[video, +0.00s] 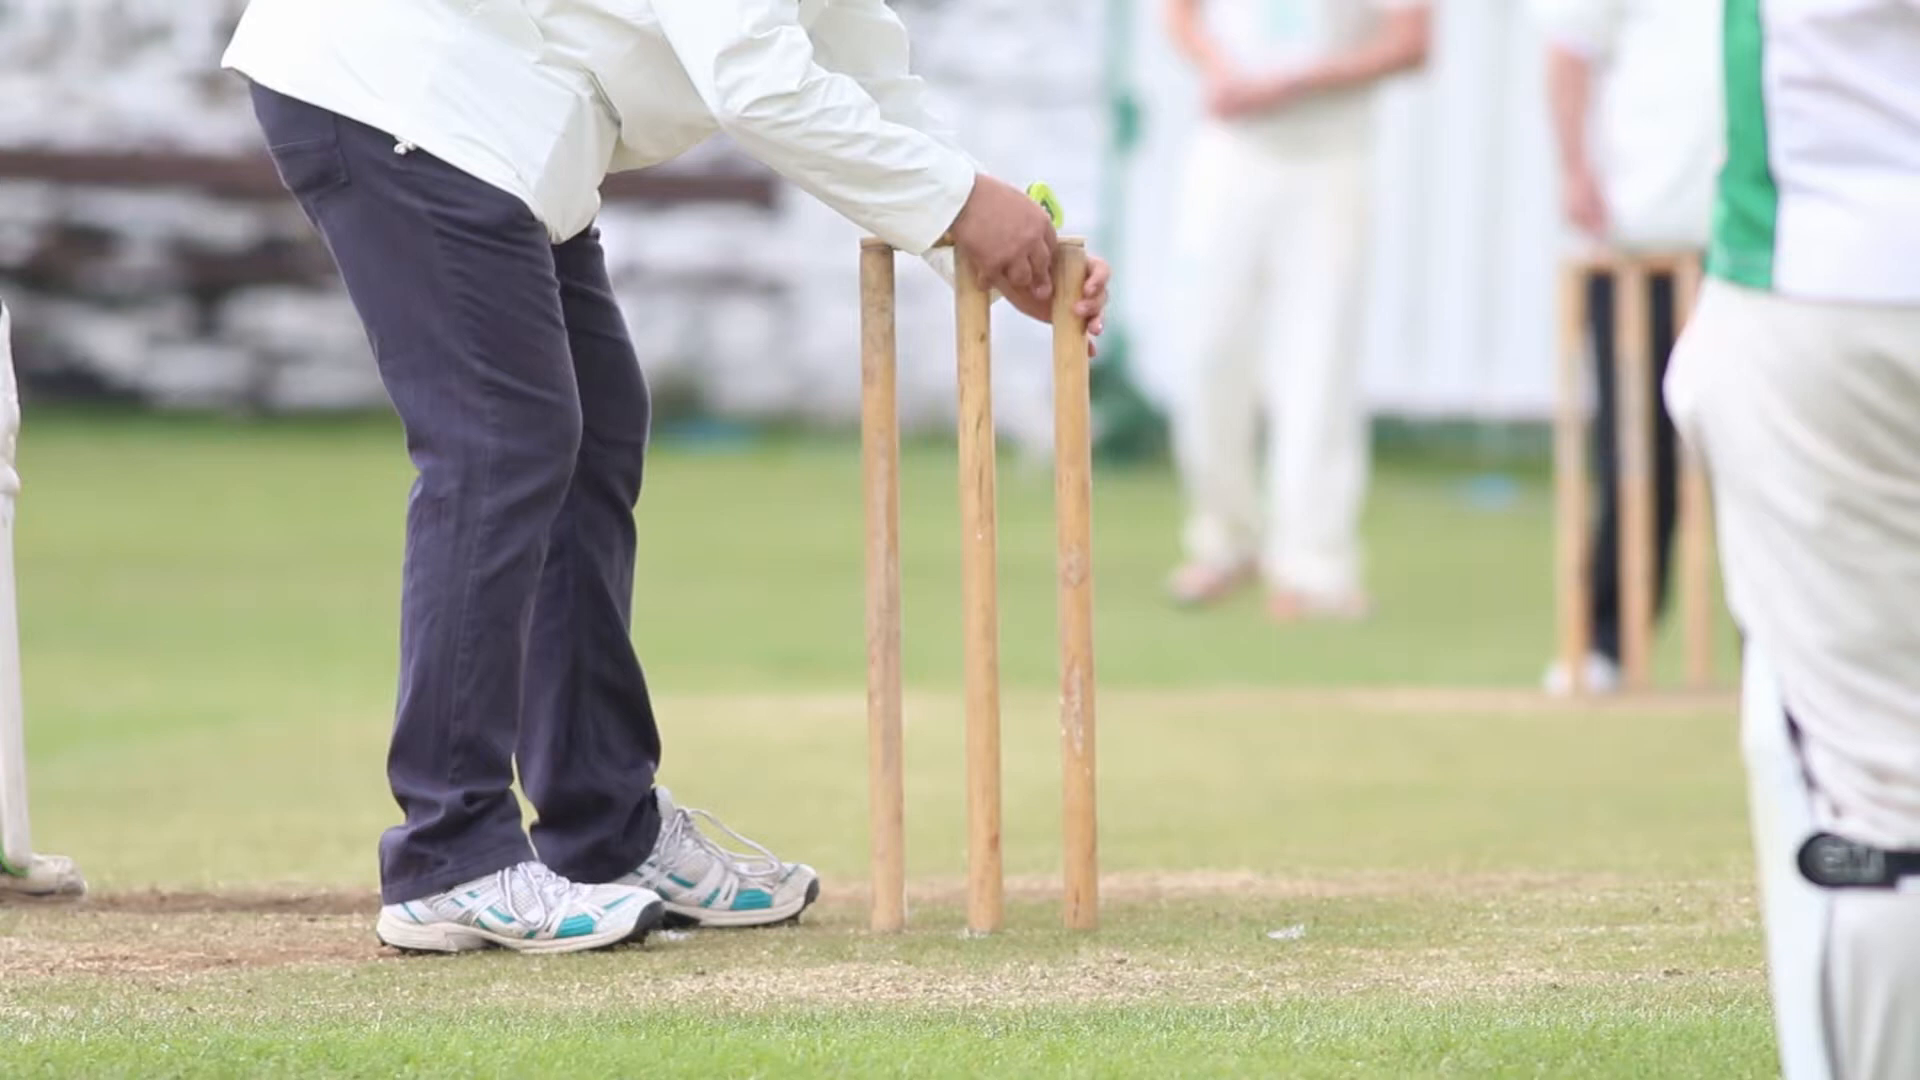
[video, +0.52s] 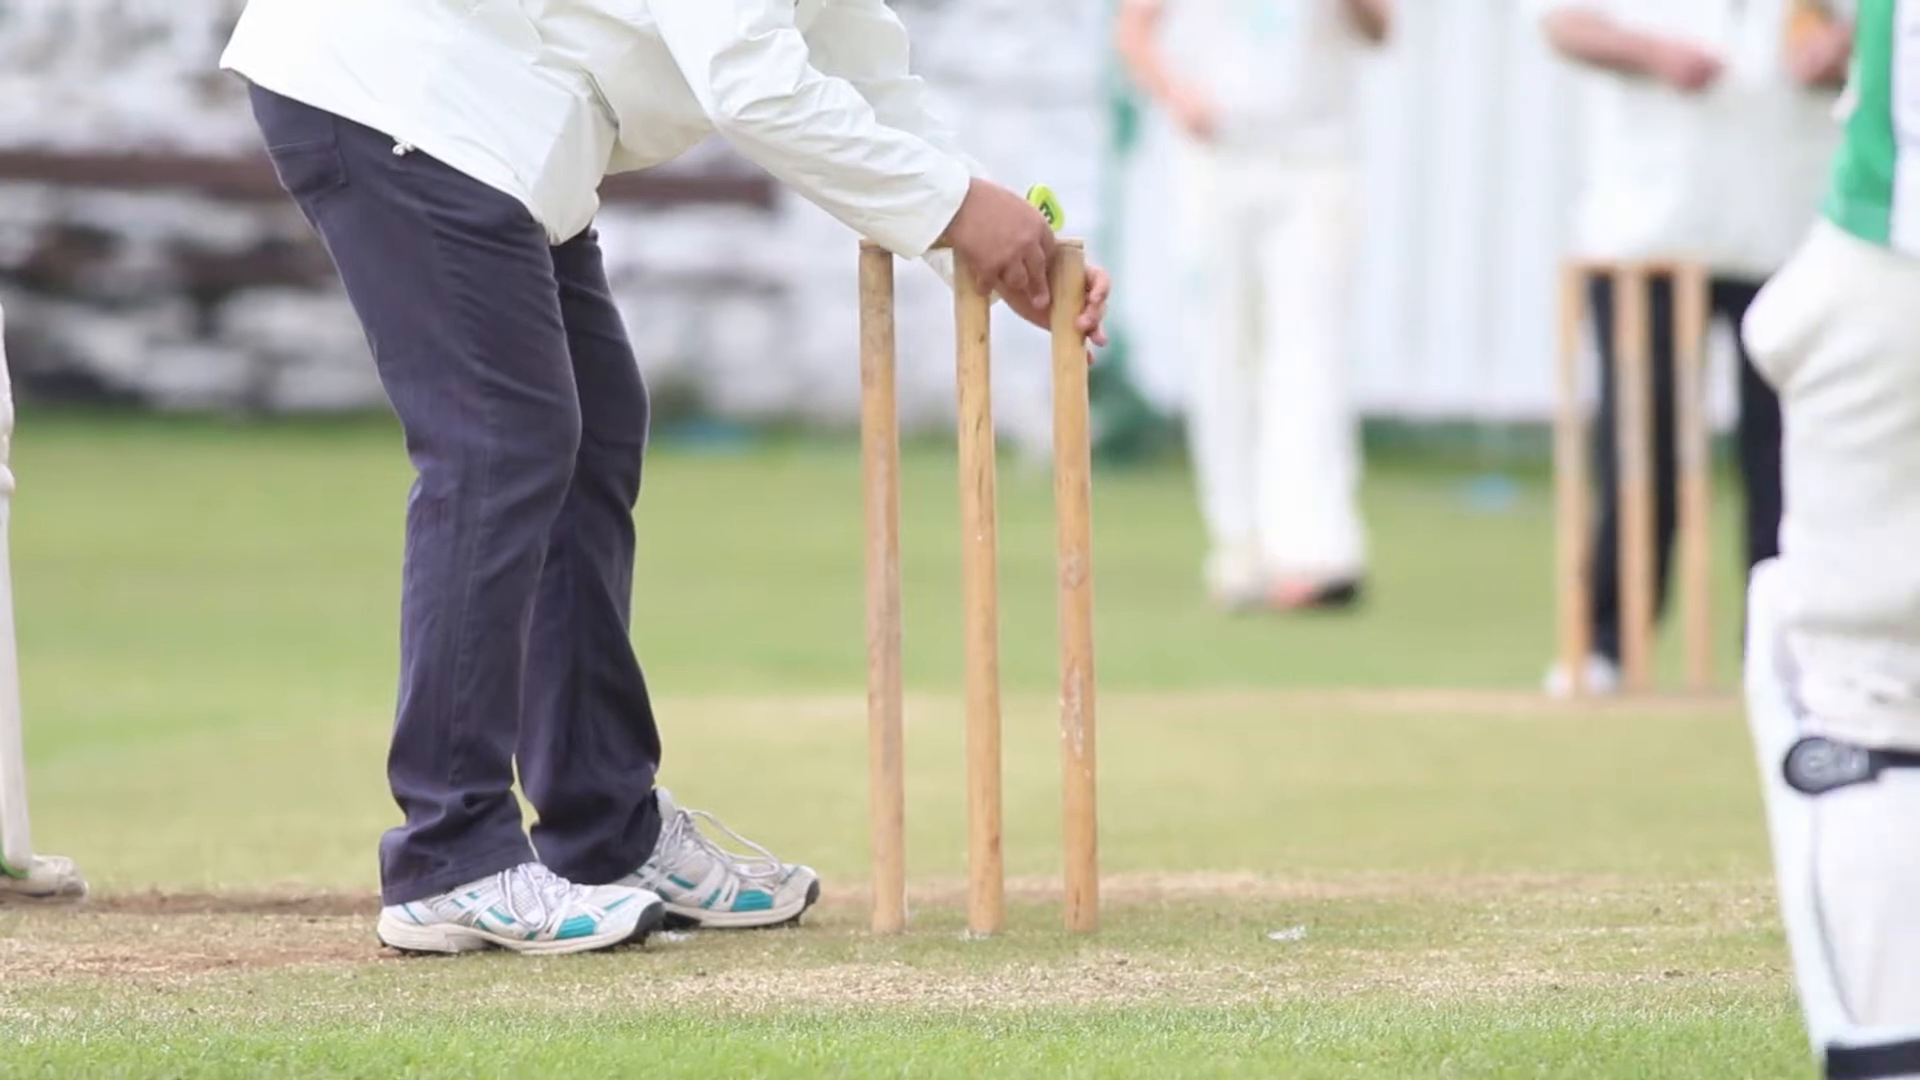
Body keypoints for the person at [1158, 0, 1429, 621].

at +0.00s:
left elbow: (1409, 40)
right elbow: (1177, 12)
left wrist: (1279, 85)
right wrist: (1222, 73)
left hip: (1327, 150)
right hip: (1229, 144)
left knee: (1317, 360)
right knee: (1206, 350)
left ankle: (1312, 564)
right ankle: (1221, 541)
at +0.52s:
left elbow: (1379, 27)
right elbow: (1132, 30)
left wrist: (1351, 1)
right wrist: (1179, 94)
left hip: (1315, 151)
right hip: (1214, 153)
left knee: (1310, 352)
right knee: (1223, 352)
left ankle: (1313, 549)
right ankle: (1238, 548)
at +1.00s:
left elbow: (1404, 29)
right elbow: (1135, 36)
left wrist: (1372, 62)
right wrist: (1118, 147)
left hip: (1332, 157)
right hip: (1226, 158)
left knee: (1345, 363)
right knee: (1232, 359)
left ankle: (1335, 542)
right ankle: (1245, 550)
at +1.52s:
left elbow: (1464, 29)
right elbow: (1180, 15)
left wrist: (1415, 143)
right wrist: (1172, 125)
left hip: (1347, 158)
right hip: (1243, 154)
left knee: (1341, 365)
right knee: (1233, 352)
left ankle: (1333, 551)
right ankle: (1223, 541)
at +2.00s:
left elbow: (1366, 33)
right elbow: (1137, 11)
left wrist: (1342, 184)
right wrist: (1159, 106)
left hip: (1309, 157)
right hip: (1196, 156)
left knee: (1313, 361)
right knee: (1198, 360)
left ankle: (1329, 550)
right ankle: (1211, 543)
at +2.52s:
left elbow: (1415, 6)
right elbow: (1054, 6)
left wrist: (1381, 91)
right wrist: (1089, 80)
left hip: (1307, 132)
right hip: (1181, 132)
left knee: (1314, 349)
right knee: (1188, 351)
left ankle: (1329, 548)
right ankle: (1208, 543)